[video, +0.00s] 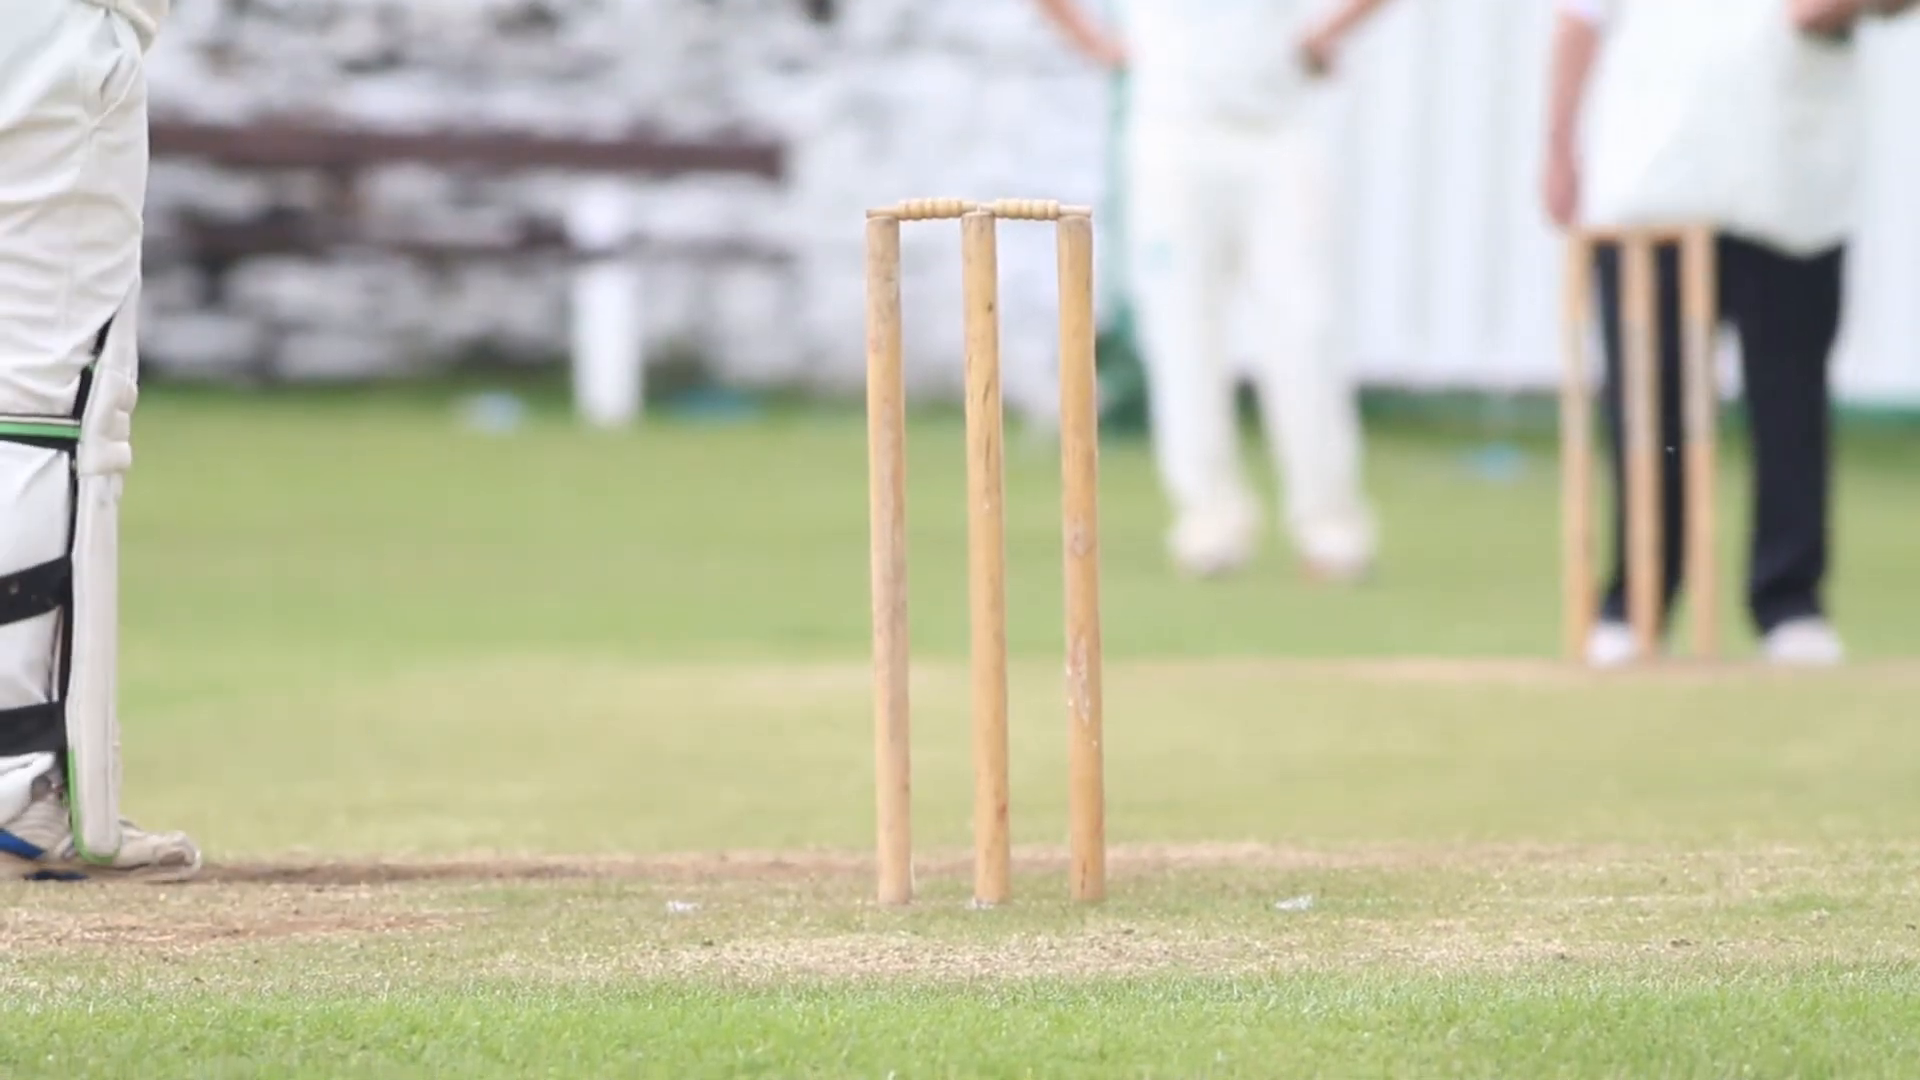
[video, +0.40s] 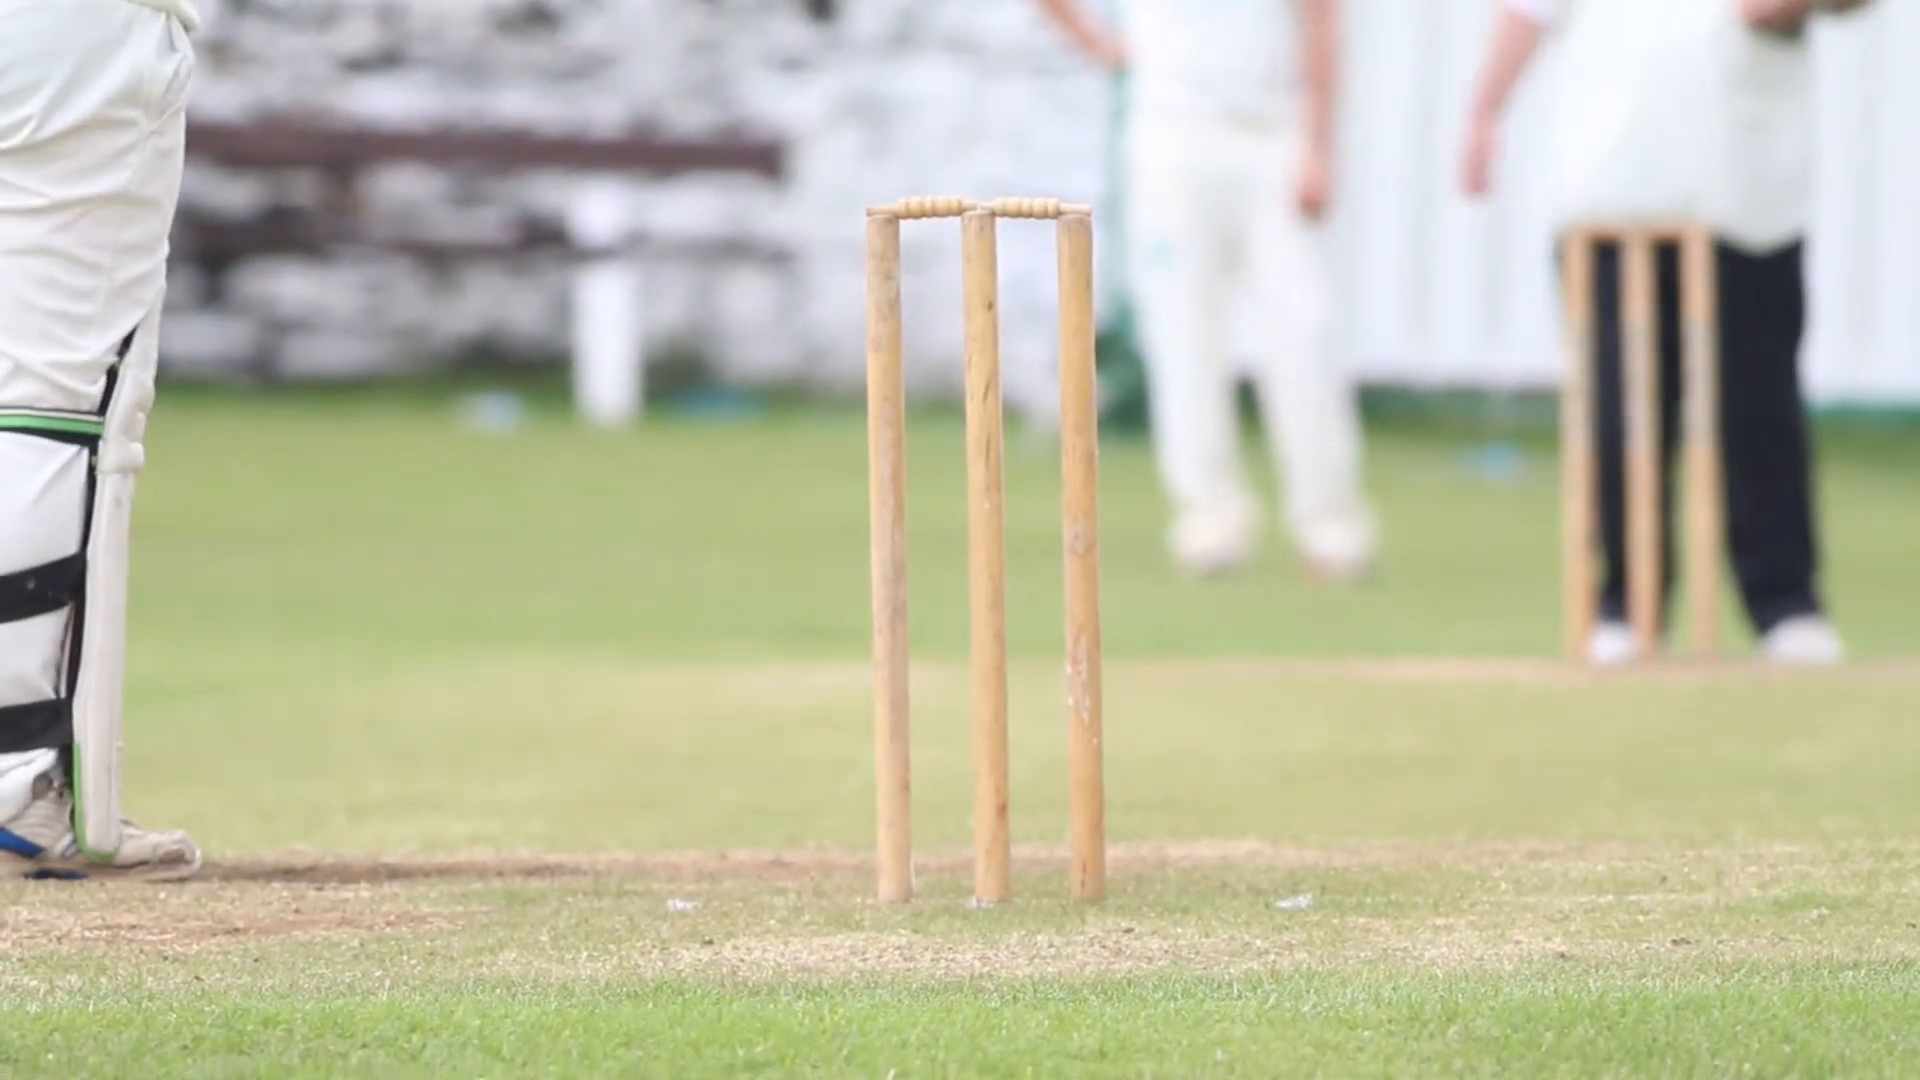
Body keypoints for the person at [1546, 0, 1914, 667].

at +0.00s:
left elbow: (1900, 3)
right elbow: (1582, 15)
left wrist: (1852, 9)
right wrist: (1561, 151)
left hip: (1798, 180)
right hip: (1649, 170)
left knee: (1790, 414)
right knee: (1645, 412)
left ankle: (1792, 610)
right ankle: (1631, 610)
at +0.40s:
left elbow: (1856, 5)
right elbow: (1531, 8)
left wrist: (1800, 10)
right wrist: (1482, 115)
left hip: (1750, 179)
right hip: (1612, 175)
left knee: (1761, 412)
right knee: (1622, 413)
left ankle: (1789, 611)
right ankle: (1620, 612)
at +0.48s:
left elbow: (1847, 3)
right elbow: (1508, 7)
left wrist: (1791, 9)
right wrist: (1443, 94)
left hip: (1745, 183)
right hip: (1605, 179)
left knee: (1759, 408)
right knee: (1620, 412)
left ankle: (1788, 609)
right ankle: (1621, 613)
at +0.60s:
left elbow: (1835, 2)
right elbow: (1470, 3)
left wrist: (1783, 9)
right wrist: (1387, 59)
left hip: (1738, 181)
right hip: (1597, 179)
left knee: (1757, 411)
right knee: (1617, 413)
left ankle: (1788, 613)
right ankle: (1620, 614)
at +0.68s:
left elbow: (1828, 5)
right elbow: (1443, 5)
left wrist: (1776, 11)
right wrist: (1356, 31)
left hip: (1733, 176)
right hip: (1594, 176)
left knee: (1756, 407)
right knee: (1615, 415)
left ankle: (1788, 610)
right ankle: (1621, 614)